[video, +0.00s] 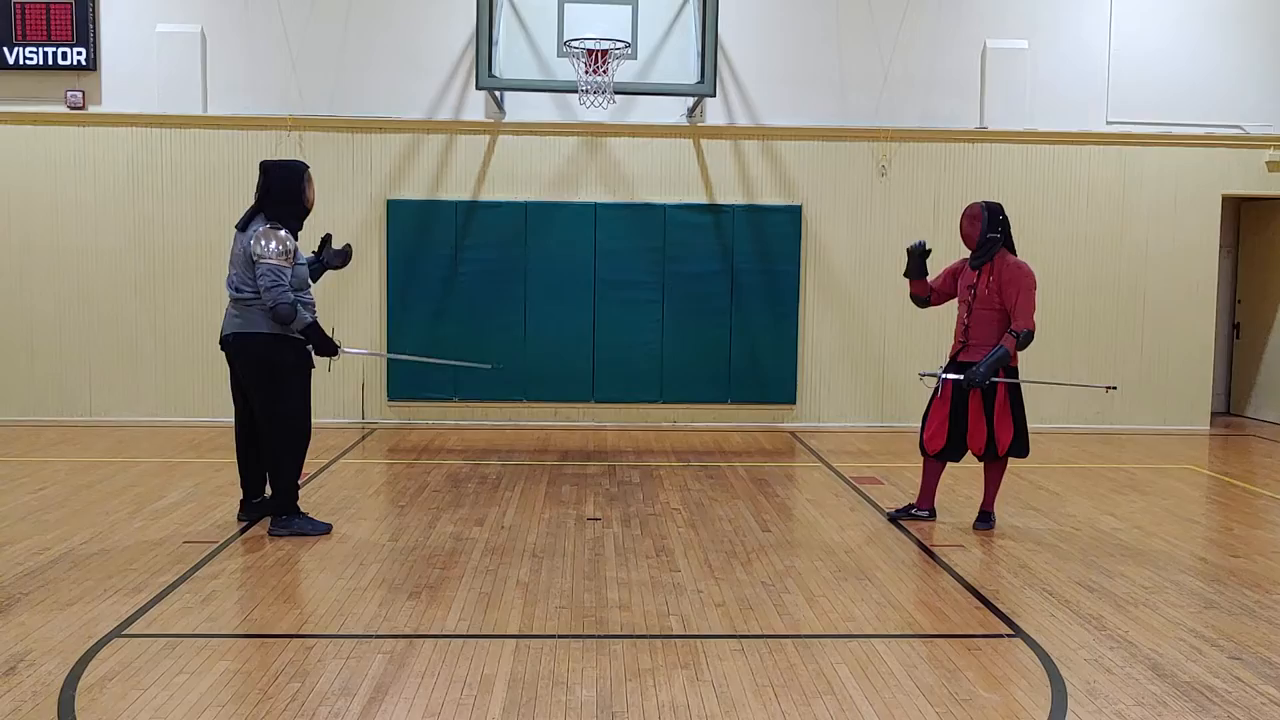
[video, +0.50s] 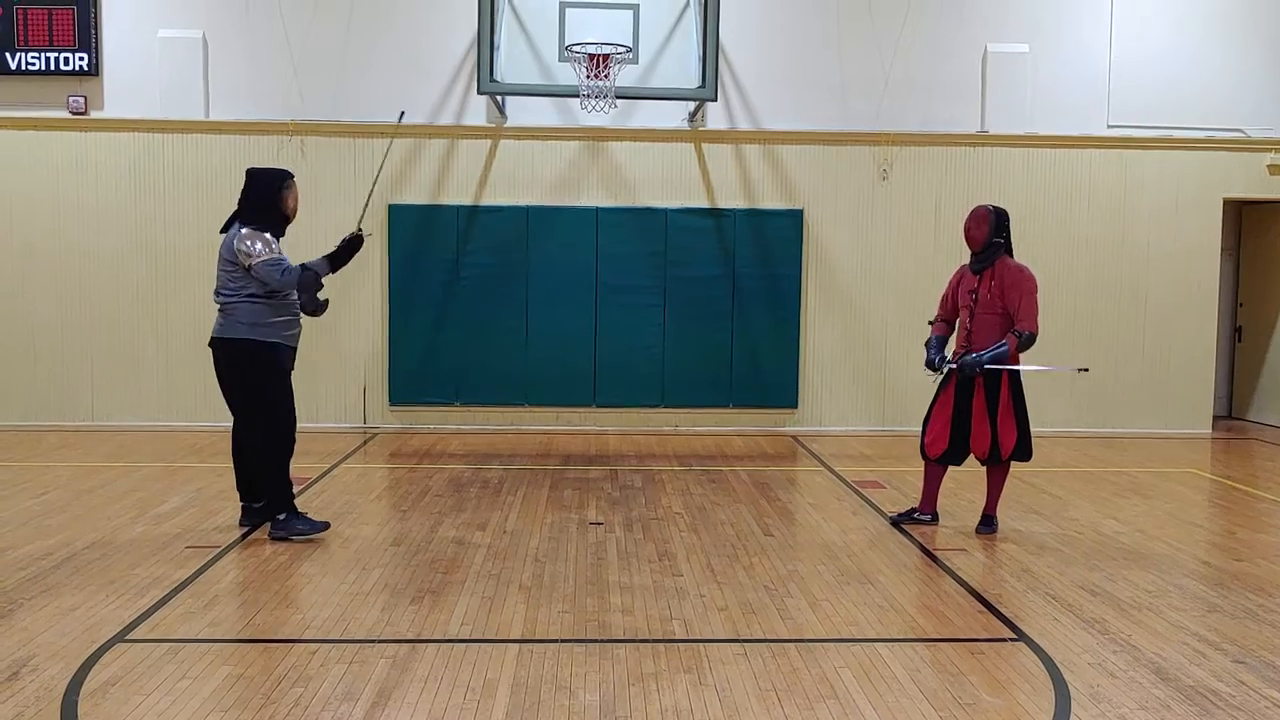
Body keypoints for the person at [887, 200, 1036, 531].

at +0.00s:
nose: (963, 232)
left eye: (969, 225)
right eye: (963, 225)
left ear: (988, 227)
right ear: (972, 228)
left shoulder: (1016, 271)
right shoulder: (964, 268)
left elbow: (1023, 329)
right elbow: (924, 298)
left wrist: (990, 362)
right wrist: (916, 267)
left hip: (996, 369)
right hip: (958, 366)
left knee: (995, 440)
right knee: (937, 431)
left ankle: (987, 509)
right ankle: (923, 504)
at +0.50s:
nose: (967, 231)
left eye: (975, 225)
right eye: (967, 225)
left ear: (995, 231)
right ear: (970, 230)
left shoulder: (1017, 275)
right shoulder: (964, 274)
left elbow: (1027, 332)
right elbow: (945, 318)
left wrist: (984, 358)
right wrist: (934, 346)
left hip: (997, 374)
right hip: (961, 371)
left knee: (997, 442)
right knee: (937, 433)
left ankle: (989, 514)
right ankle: (926, 508)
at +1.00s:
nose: (960, 251)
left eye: (964, 244)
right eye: (957, 245)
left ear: (984, 241)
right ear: (960, 245)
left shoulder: (1011, 271)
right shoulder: (961, 279)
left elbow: (1049, 306)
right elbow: (947, 325)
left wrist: (1004, 328)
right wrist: (944, 363)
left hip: (997, 373)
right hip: (960, 373)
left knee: (998, 443)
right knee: (936, 436)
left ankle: (989, 517)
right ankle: (926, 512)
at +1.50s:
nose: (936, 290)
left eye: (940, 282)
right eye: (933, 284)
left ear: (959, 277)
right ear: (934, 283)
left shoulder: (990, 306)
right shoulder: (937, 315)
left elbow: (1042, 334)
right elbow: (927, 364)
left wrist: (1012, 363)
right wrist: (926, 402)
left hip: (981, 406)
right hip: (943, 407)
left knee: (981, 476)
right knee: (920, 469)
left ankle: (973, 549)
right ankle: (911, 545)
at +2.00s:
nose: (963, 282)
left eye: (970, 274)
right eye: (962, 275)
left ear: (989, 278)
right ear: (963, 279)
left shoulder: (1012, 313)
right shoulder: (960, 321)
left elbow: (1063, 343)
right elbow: (948, 371)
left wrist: (1031, 374)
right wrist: (948, 414)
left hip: (1003, 415)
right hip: (964, 416)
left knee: (1004, 485)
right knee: (941, 477)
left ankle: (996, 558)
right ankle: (934, 553)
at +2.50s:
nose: (951, 266)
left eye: (957, 259)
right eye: (952, 259)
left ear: (975, 263)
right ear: (970, 264)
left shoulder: (1001, 299)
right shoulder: (950, 307)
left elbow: (1050, 330)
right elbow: (938, 356)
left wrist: (1018, 361)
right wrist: (936, 396)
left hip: (990, 400)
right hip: (952, 401)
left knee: (990, 470)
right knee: (929, 463)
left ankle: (982, 543)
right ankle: (919, 538)